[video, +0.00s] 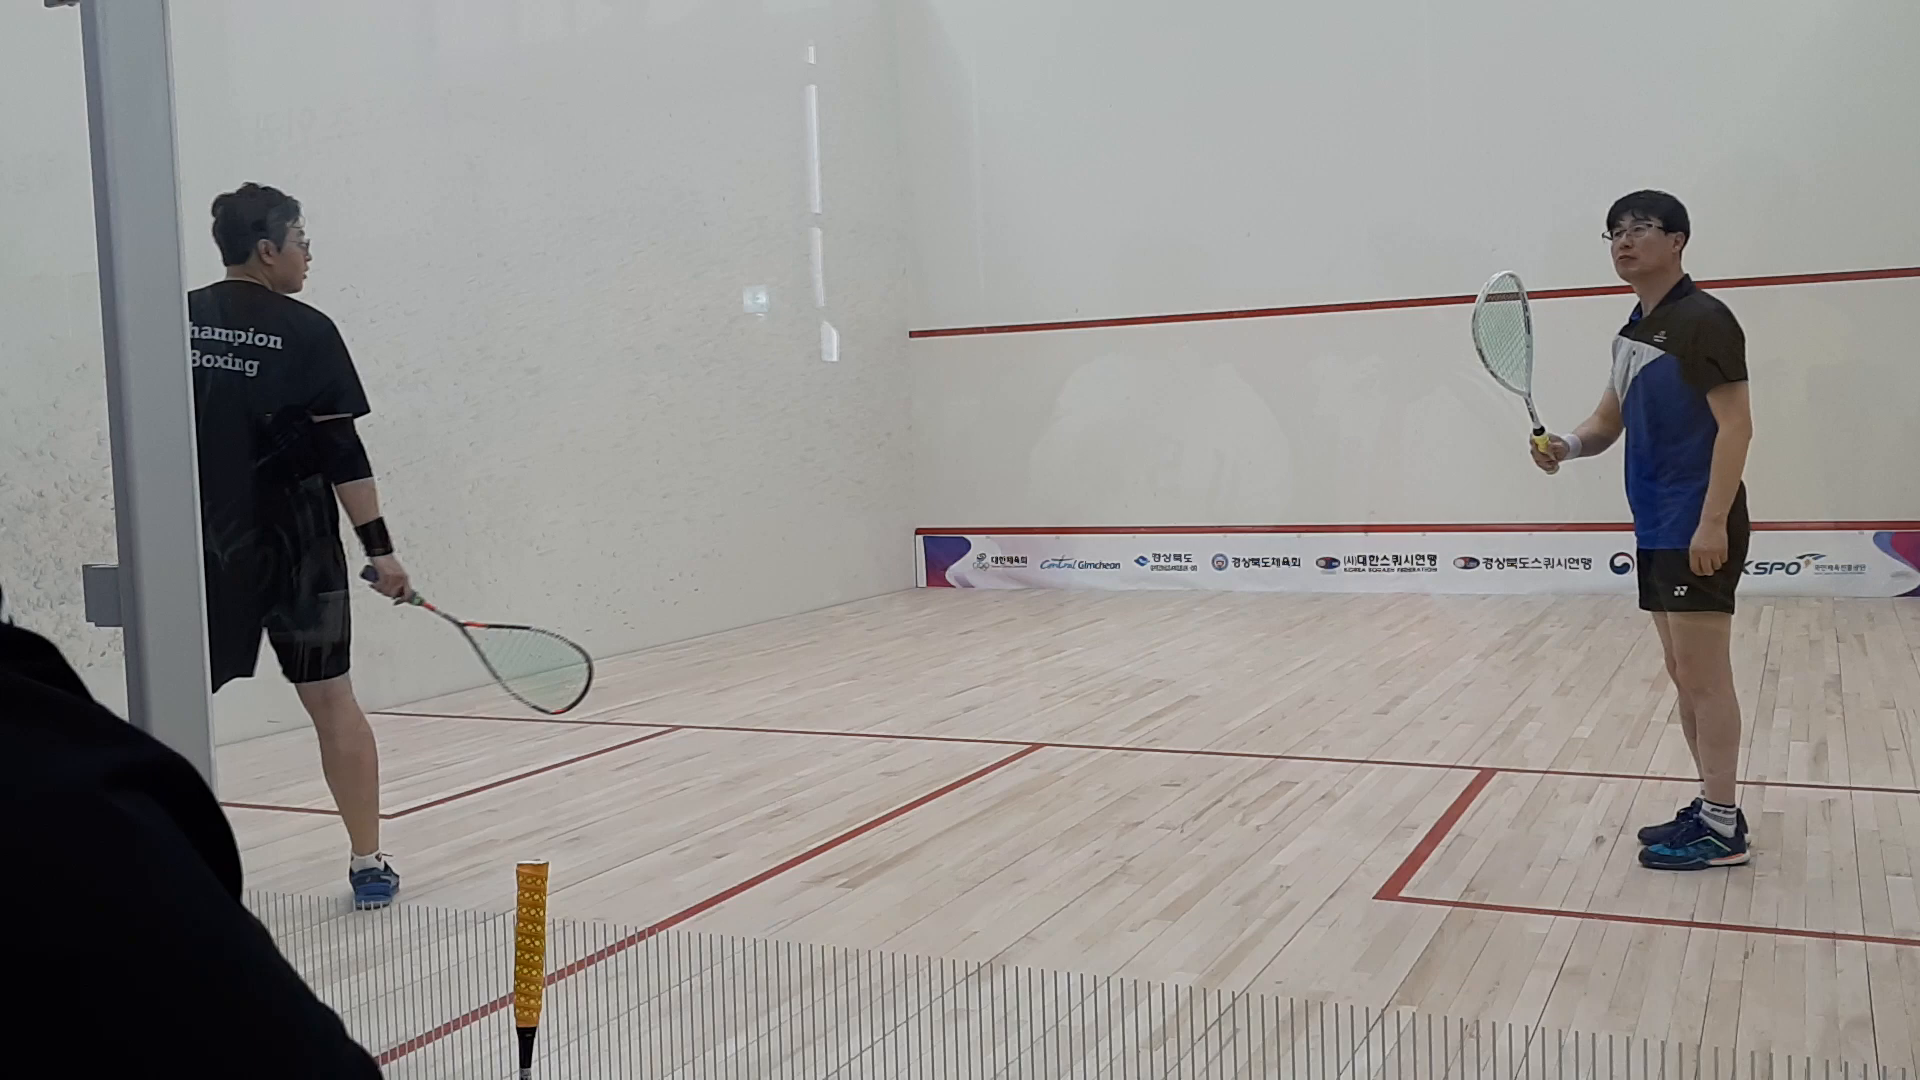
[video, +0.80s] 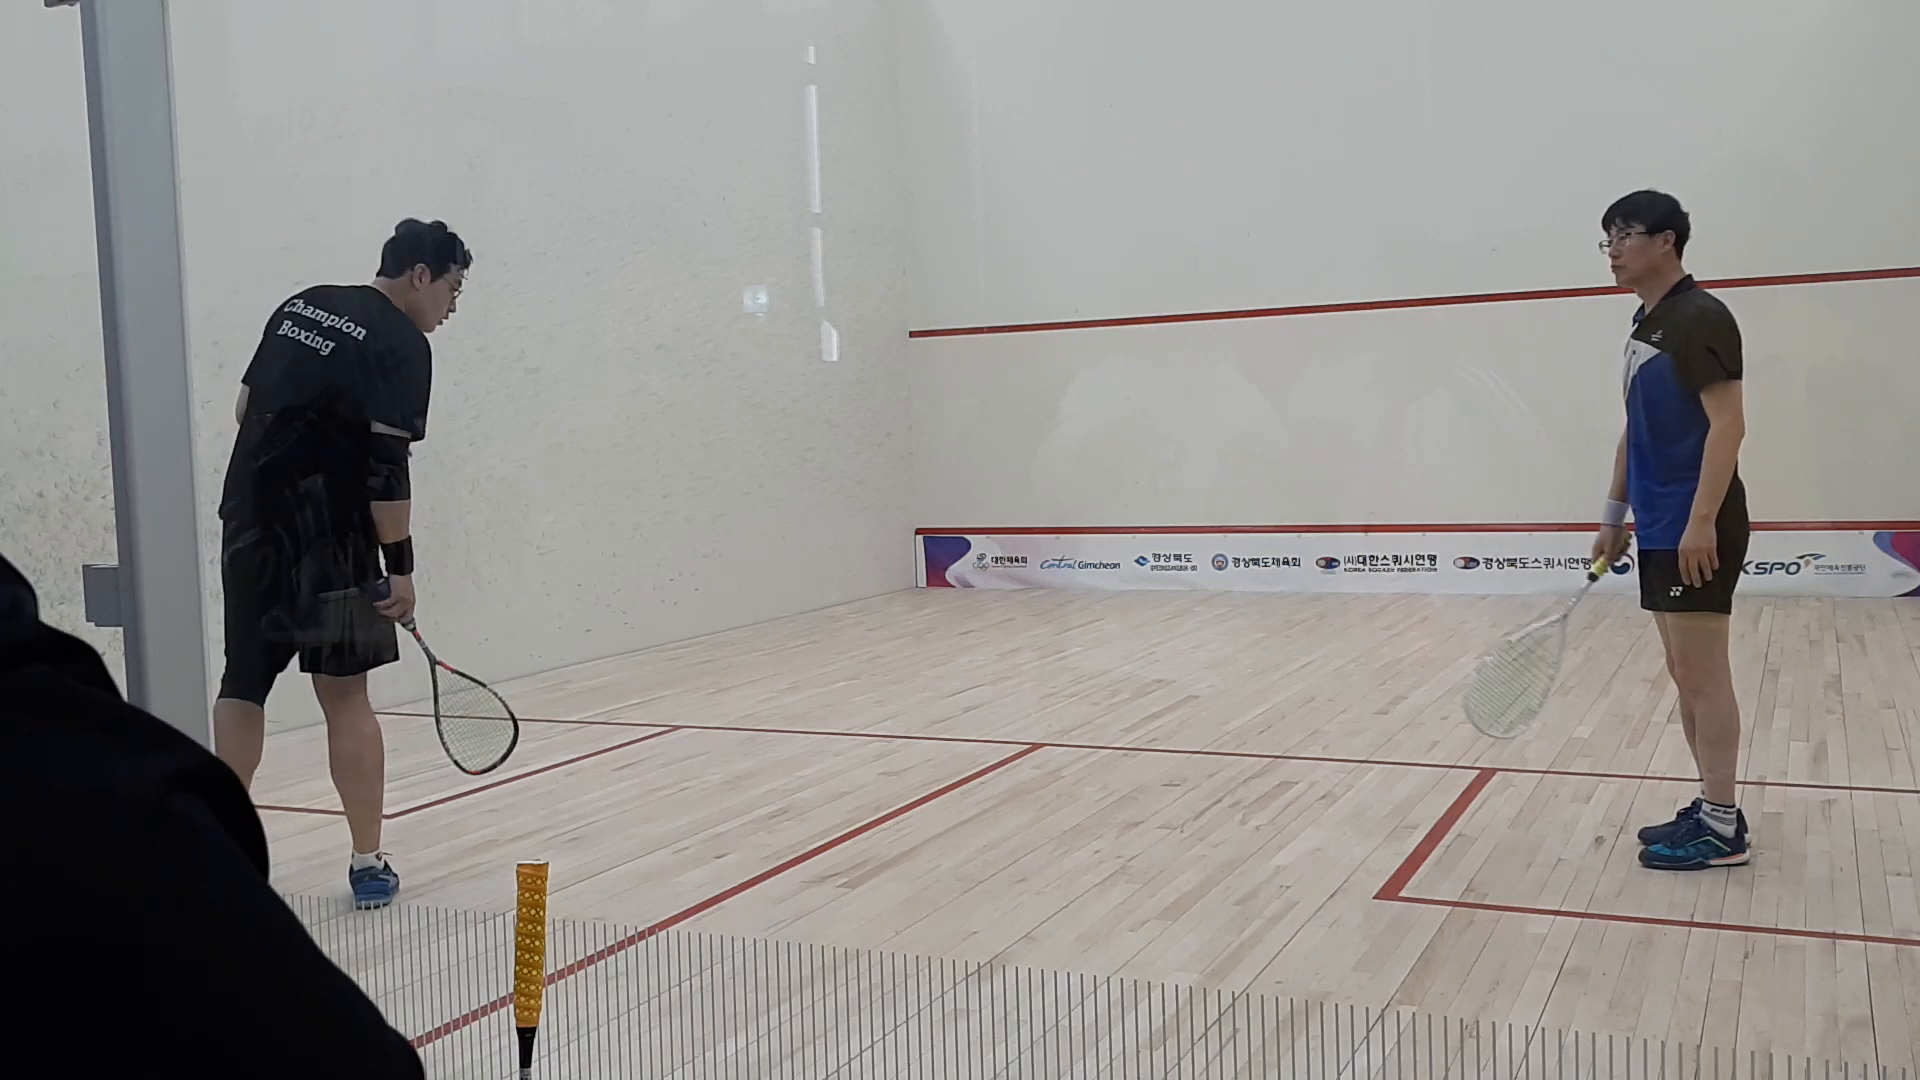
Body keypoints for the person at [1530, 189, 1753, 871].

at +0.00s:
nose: (1622, 242)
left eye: (1636, 231)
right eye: (1616, 234)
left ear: (1675, 241)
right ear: (1612, 249)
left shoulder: (1705, 321)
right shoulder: (1632, 333)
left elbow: (1736, 428)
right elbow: (1606, 423)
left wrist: (1712, 522)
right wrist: (1567, 443)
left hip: (1698, 530)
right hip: (1658, 531)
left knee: (1705, 678)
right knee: (1684, 676)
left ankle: (1722, 823)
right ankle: (1713, 807)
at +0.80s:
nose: (1609, 250)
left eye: (1622, 237)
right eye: (1608, 239)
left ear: (1667, 244)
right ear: (1633, 249)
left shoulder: (1701, 317)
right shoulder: (1647, 323)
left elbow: (1729, 425)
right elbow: (1635, 433)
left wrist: (1701, 520)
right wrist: (1616, 517)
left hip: (1698, 523)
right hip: (1661, 525)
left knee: (1705, 676)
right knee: (1686, 674)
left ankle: (1723, 822)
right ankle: (1712, 809)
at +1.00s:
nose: (1602, 257)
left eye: (1613, 243)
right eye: (1597, 248)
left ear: (1656, 244)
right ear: (1614, 256)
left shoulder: (1694, 318)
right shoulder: (1650, 323)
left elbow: (1724, 422)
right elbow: (1667, 436)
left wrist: (1693, 521)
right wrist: (1654, 527)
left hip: (1695, 525)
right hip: (1663, 527)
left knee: (1705, 677)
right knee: (1687, 675)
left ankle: (1723, 822)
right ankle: (1712, 809)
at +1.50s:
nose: (1597, 256)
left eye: (1610, 243)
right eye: (1592, 247)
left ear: (1652, 246)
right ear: (1596, 257)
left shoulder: (1687, 321)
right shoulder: (1632, 329)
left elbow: (1715, 427)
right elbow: (1629, 437)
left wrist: (1680, 519)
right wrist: (1607, 518)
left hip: (1689, 525)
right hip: (1659, 525)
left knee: (1662, 672)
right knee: (1691, 672)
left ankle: (1712, 816)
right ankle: (1716, 808)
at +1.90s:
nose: (1586, 248)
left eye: (1601, 236)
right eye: (1579, 241)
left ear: (1639, 248)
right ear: (1576, 261)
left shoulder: (1670, 328)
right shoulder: (1593, 346)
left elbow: (1706, 434)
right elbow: (1558, 436)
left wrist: (1692, 532)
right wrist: (1514, 447)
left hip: (1663, 541)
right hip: (1624, 542)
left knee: (1629, 679)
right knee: (1675, 677)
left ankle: (1612, 834)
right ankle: (1717, 806)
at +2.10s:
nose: (1569, 244)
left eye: (1584, 231)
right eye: (1562, 237)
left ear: (1624, 244)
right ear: (1558, 256)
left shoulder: (1655, 328)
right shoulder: (1578, 338)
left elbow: (1688, 434)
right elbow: (1542, 431)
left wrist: (1672, 529)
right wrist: (1500, 441)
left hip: (1634, 540)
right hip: (1602, 538)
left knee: (1601, 681)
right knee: (1650, 677)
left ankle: (1604, 838)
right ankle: (1709, 795)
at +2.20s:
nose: (1560, 242)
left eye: (1576, 229)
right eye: (1553, 235)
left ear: (1615, 242)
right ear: (1550, 254)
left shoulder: (1645, 326)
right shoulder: (1568, 336)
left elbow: (1677, 431)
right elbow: (1532, 430)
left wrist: (1657, 528)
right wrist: (1489, 437)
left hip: (1624, 539)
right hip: (1591, 538)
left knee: (1595, 683)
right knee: (1640, 675)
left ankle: (1603, 838)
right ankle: (1704, 789)